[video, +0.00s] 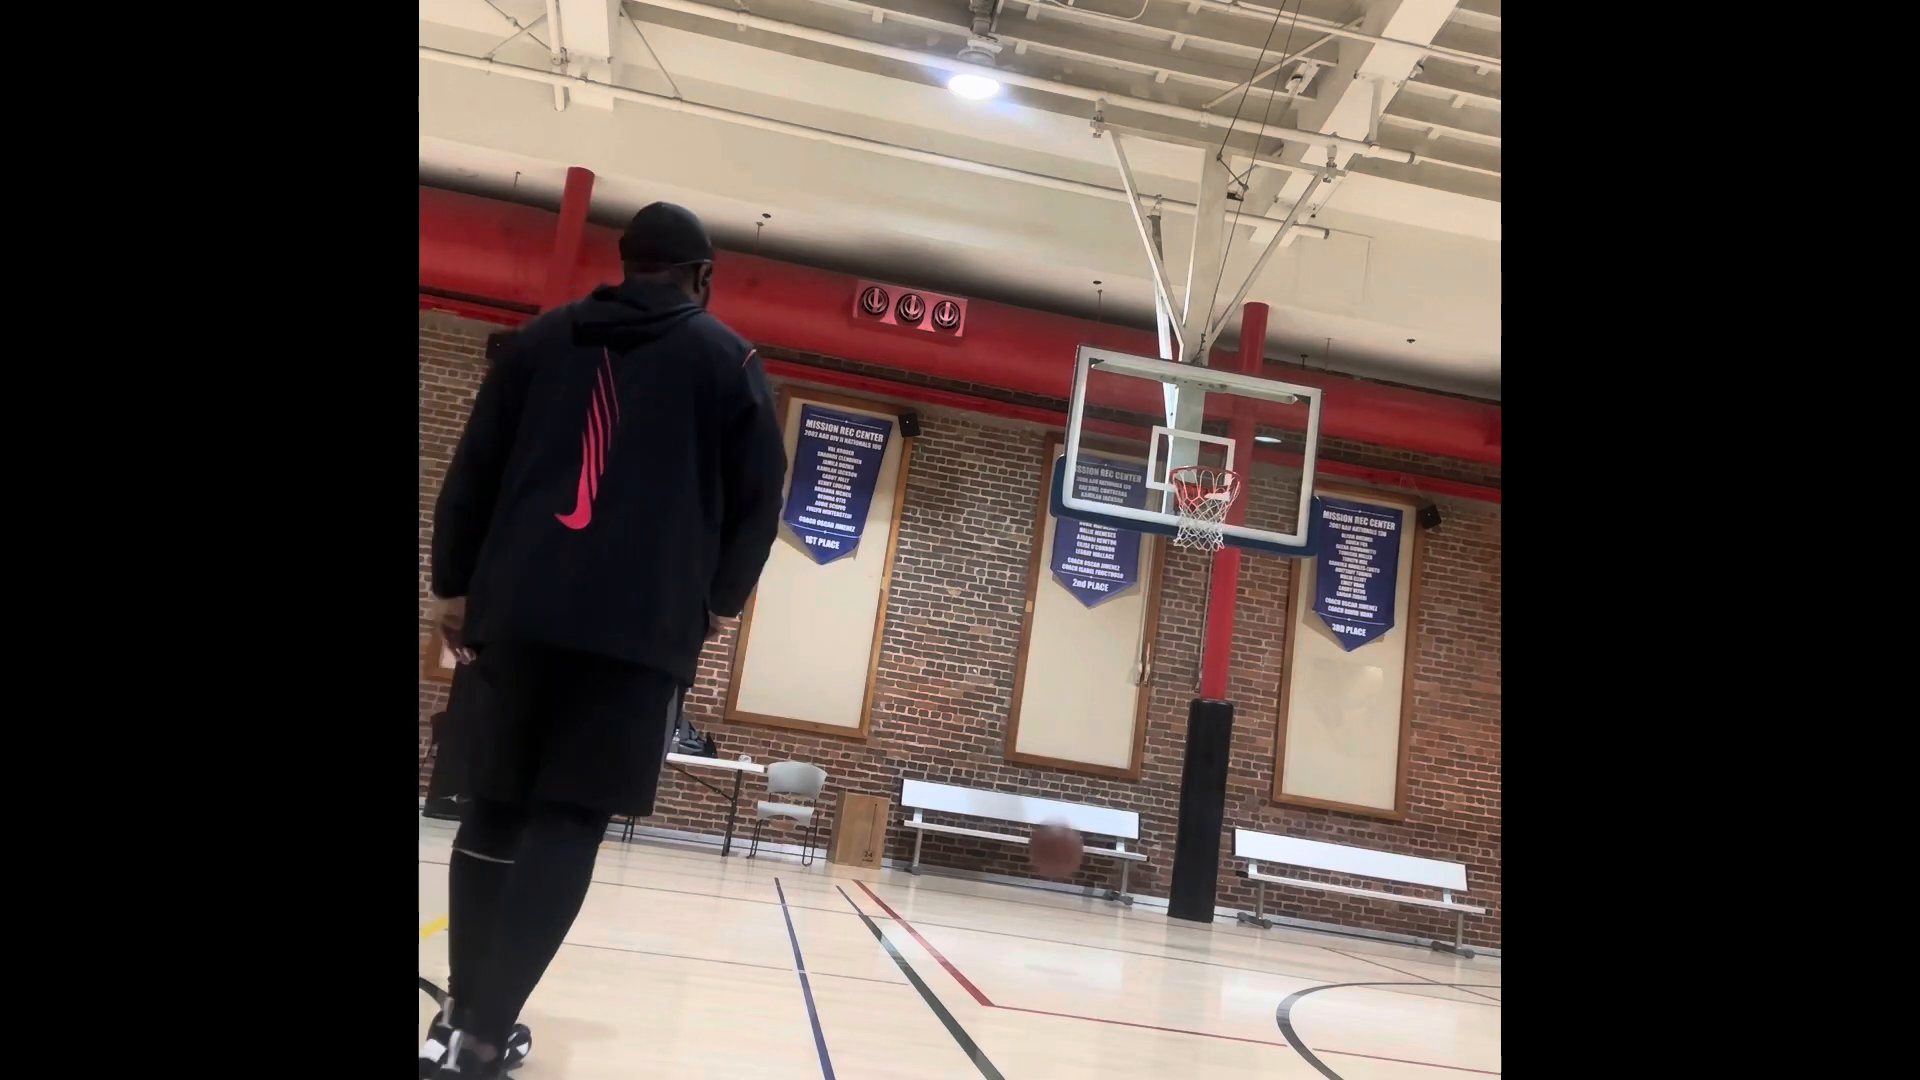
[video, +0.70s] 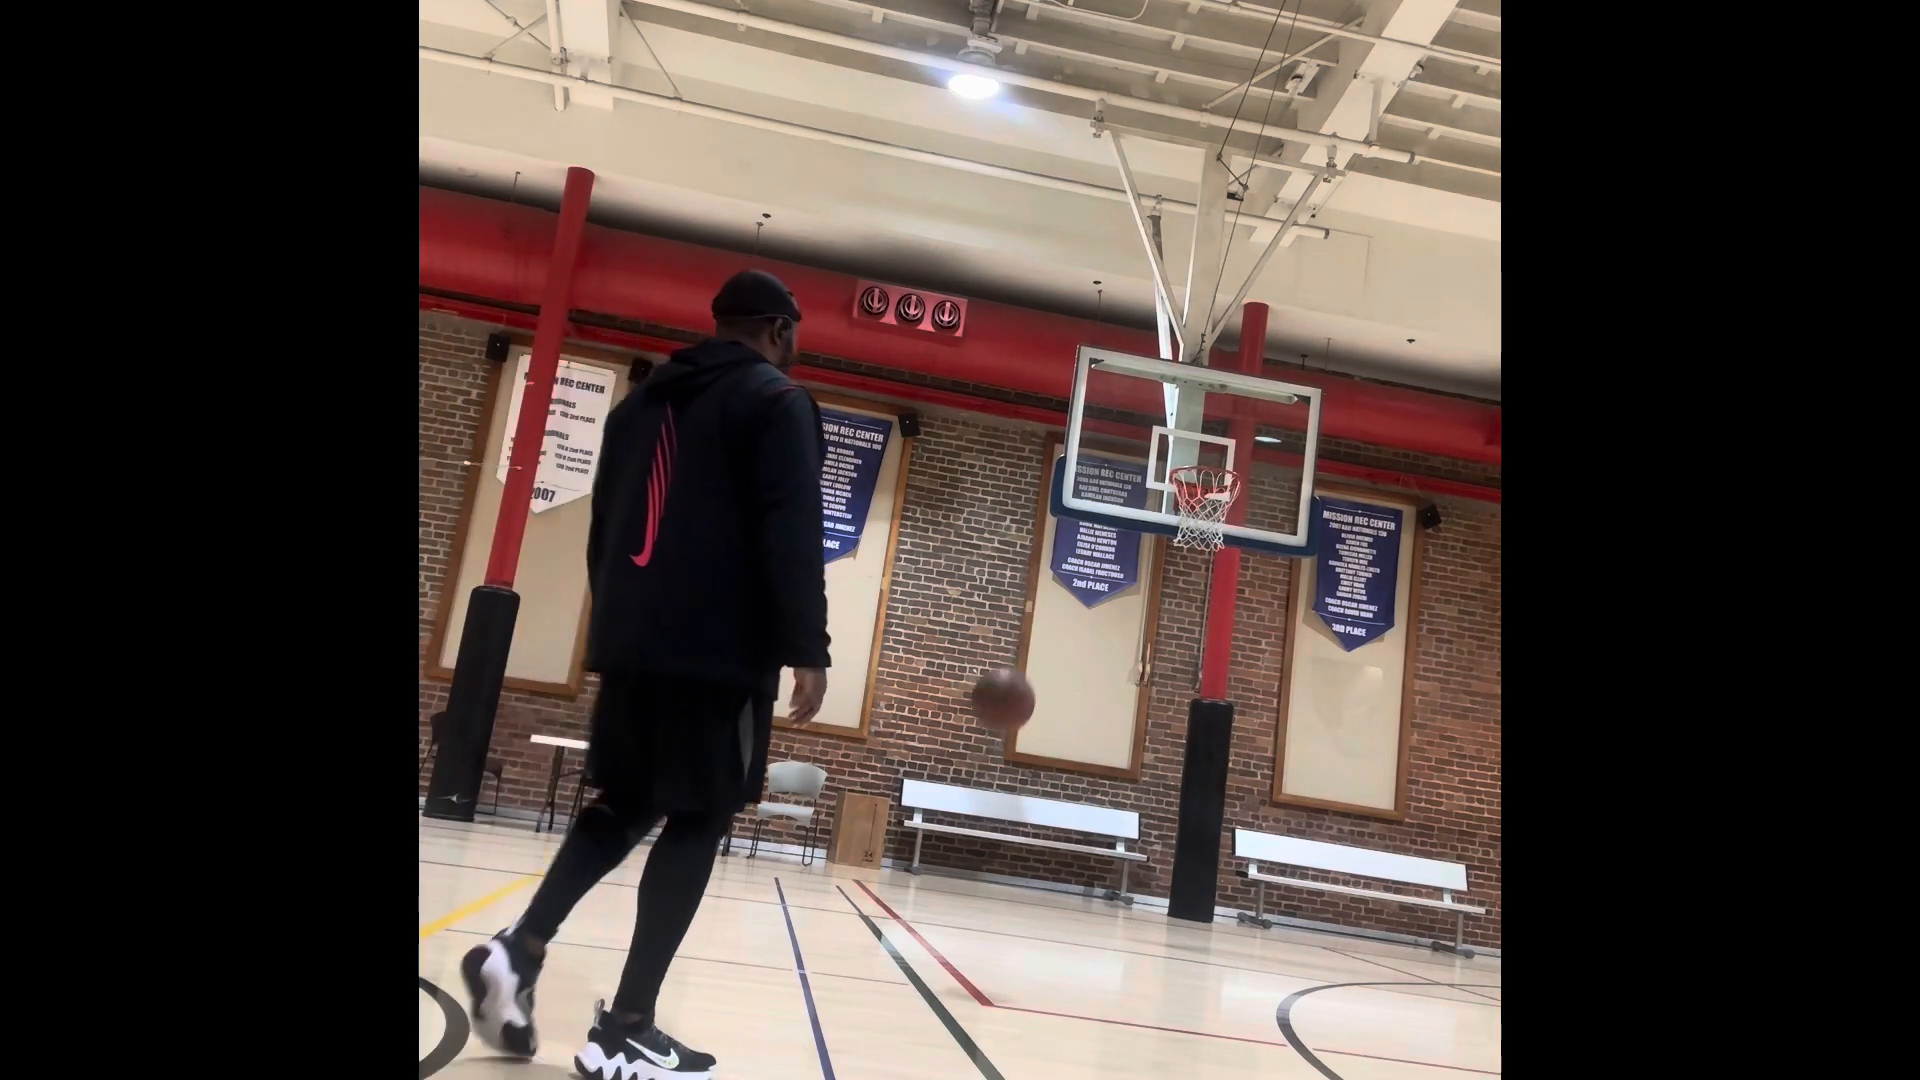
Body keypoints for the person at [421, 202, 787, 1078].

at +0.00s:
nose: (710, 289)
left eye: (703, 277)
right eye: (710, 277)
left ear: (625, 263)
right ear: (699, 274)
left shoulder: (541, 338)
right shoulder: (726, 361)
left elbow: (474, 468)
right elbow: (760, 493)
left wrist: (451, 591)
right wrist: (721, 598)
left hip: (515, 617)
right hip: (636, 638)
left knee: (491, 810)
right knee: (568, 824)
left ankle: (473, 1012)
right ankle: (480, 1035)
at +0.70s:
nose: (796, 350)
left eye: (795, 337)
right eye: (796, 336)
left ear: (719, 324)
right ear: (777, 331)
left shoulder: (643, 399)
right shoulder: (779, 402)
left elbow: (604, 520)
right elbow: (793, 532)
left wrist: (612, 626)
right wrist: (808, 648)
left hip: (631, 644)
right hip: (723, 653)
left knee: (620, 804)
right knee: (700, 824)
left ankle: (518, 949)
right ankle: (627, 1026)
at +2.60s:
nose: (822, 327)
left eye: (819, 315)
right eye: (823, 315)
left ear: (743, 283)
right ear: (810, 301)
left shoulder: (640, 349)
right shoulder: (801, 332)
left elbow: (575, 482)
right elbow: (837, 489)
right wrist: (864, 648)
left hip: (564, 593)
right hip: (686, 602)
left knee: (547, 825)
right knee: (676, 860)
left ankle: (484, 1046)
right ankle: (618, 1068)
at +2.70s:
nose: (861, 320)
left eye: (864, 310)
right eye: (863, 308)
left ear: (774, 268)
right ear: (846, 288)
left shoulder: (666, 333)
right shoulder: (831, 319)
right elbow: (867, 474)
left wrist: (788, 618)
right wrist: (904, 618)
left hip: (566, 575)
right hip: (692, 588)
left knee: (531, 827)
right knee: (689, 866)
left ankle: (473, 1048)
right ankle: (618, 1070)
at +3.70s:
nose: (767, 265)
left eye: (767, 254)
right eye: (765, 252)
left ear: (661, 227)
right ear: (749, 242)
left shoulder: (562, 284)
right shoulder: (760, 294)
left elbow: (498, 417)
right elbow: (793, 448)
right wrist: (741, 599)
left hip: (462, 538)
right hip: (619, 554)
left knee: (441, 821)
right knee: (607, 845)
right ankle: (585, 1069)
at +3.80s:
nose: (726, 268)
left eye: (722, 258)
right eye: (727, 256)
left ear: (621, 230)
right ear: (711, 249)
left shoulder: (522, 294)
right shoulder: (736, 309)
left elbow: (469, 424)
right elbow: (774, 471)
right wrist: (693, 591)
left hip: (454, 553)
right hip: (615, 568)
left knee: (438, 820)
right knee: (605, 847)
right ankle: (586, 1069)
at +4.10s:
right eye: (647, 268)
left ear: (555, 253)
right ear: (642, 270)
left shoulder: (466, 316)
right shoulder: (681, 348)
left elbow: (424, 432)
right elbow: (712, 518)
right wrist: (637, 544)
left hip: (445, 585)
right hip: (598, 601)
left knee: (435, 816)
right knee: (603, 813)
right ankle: (605, 1038)